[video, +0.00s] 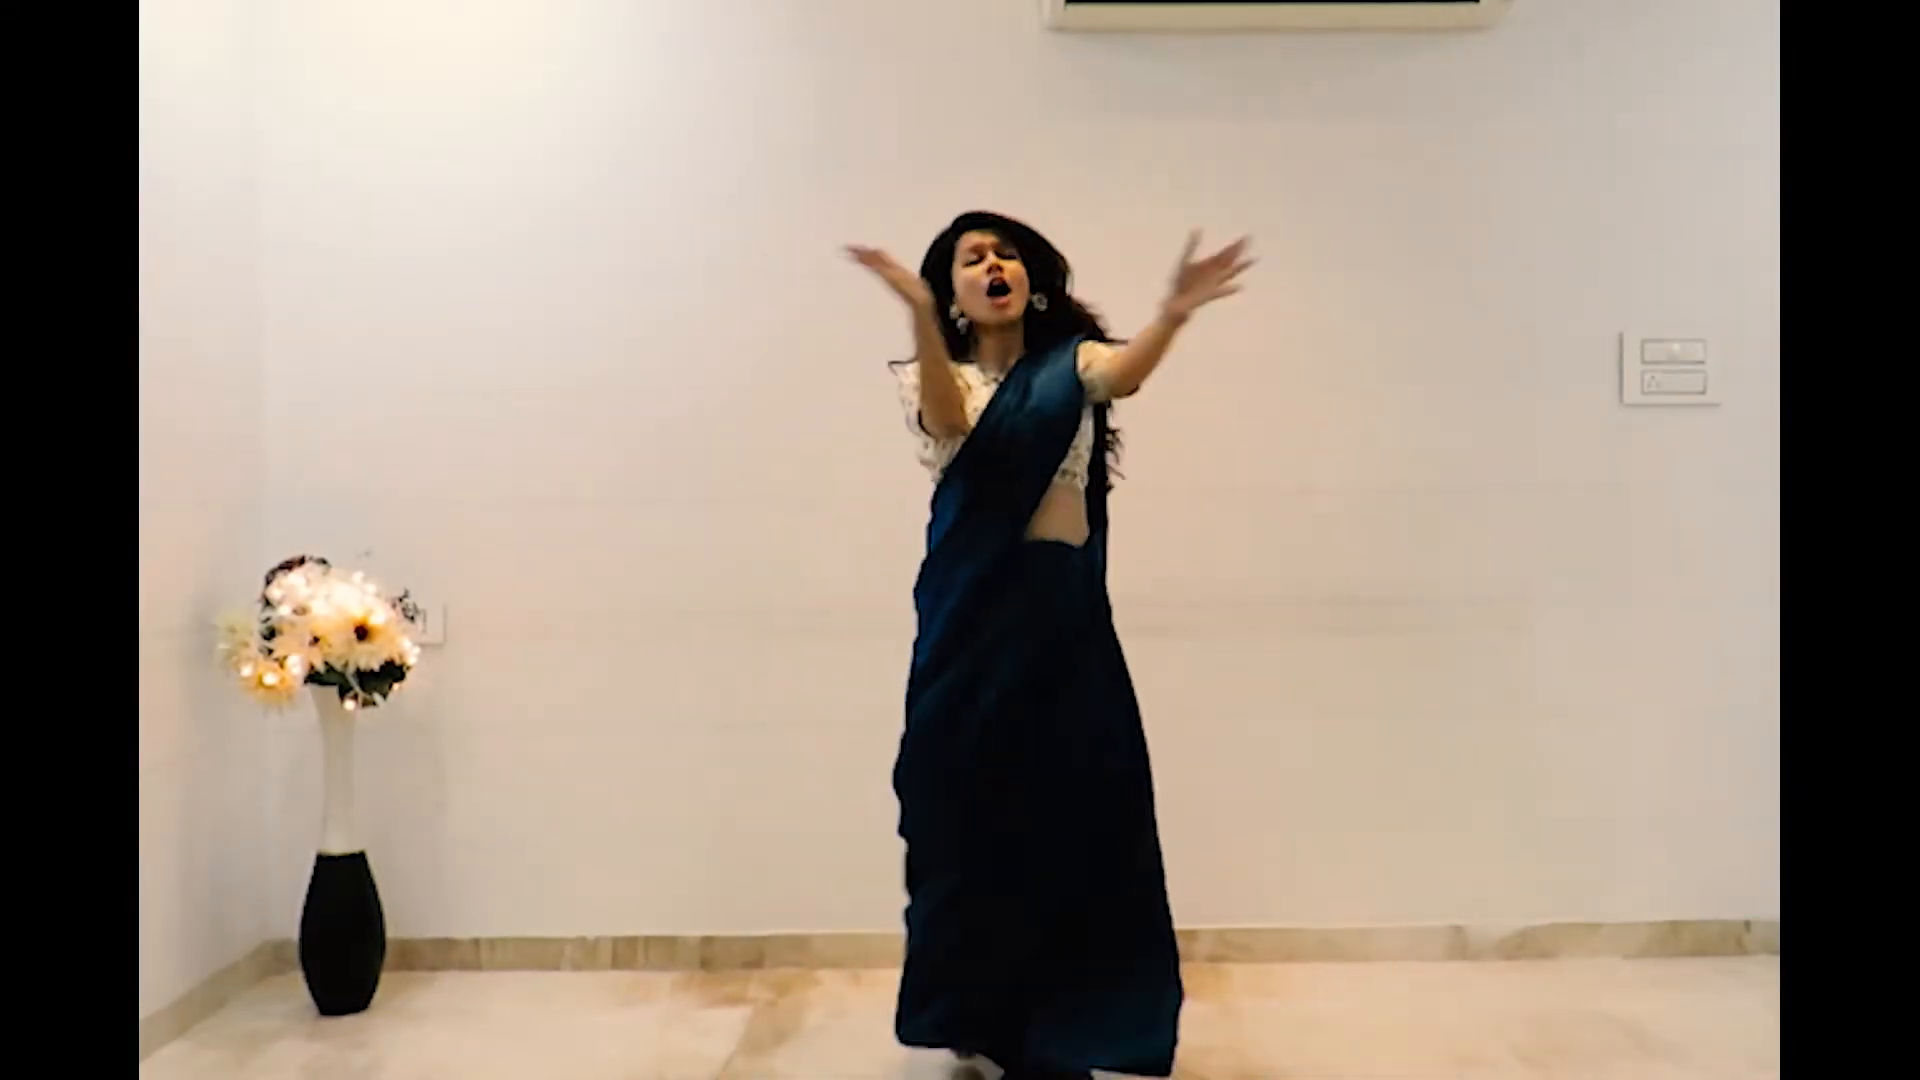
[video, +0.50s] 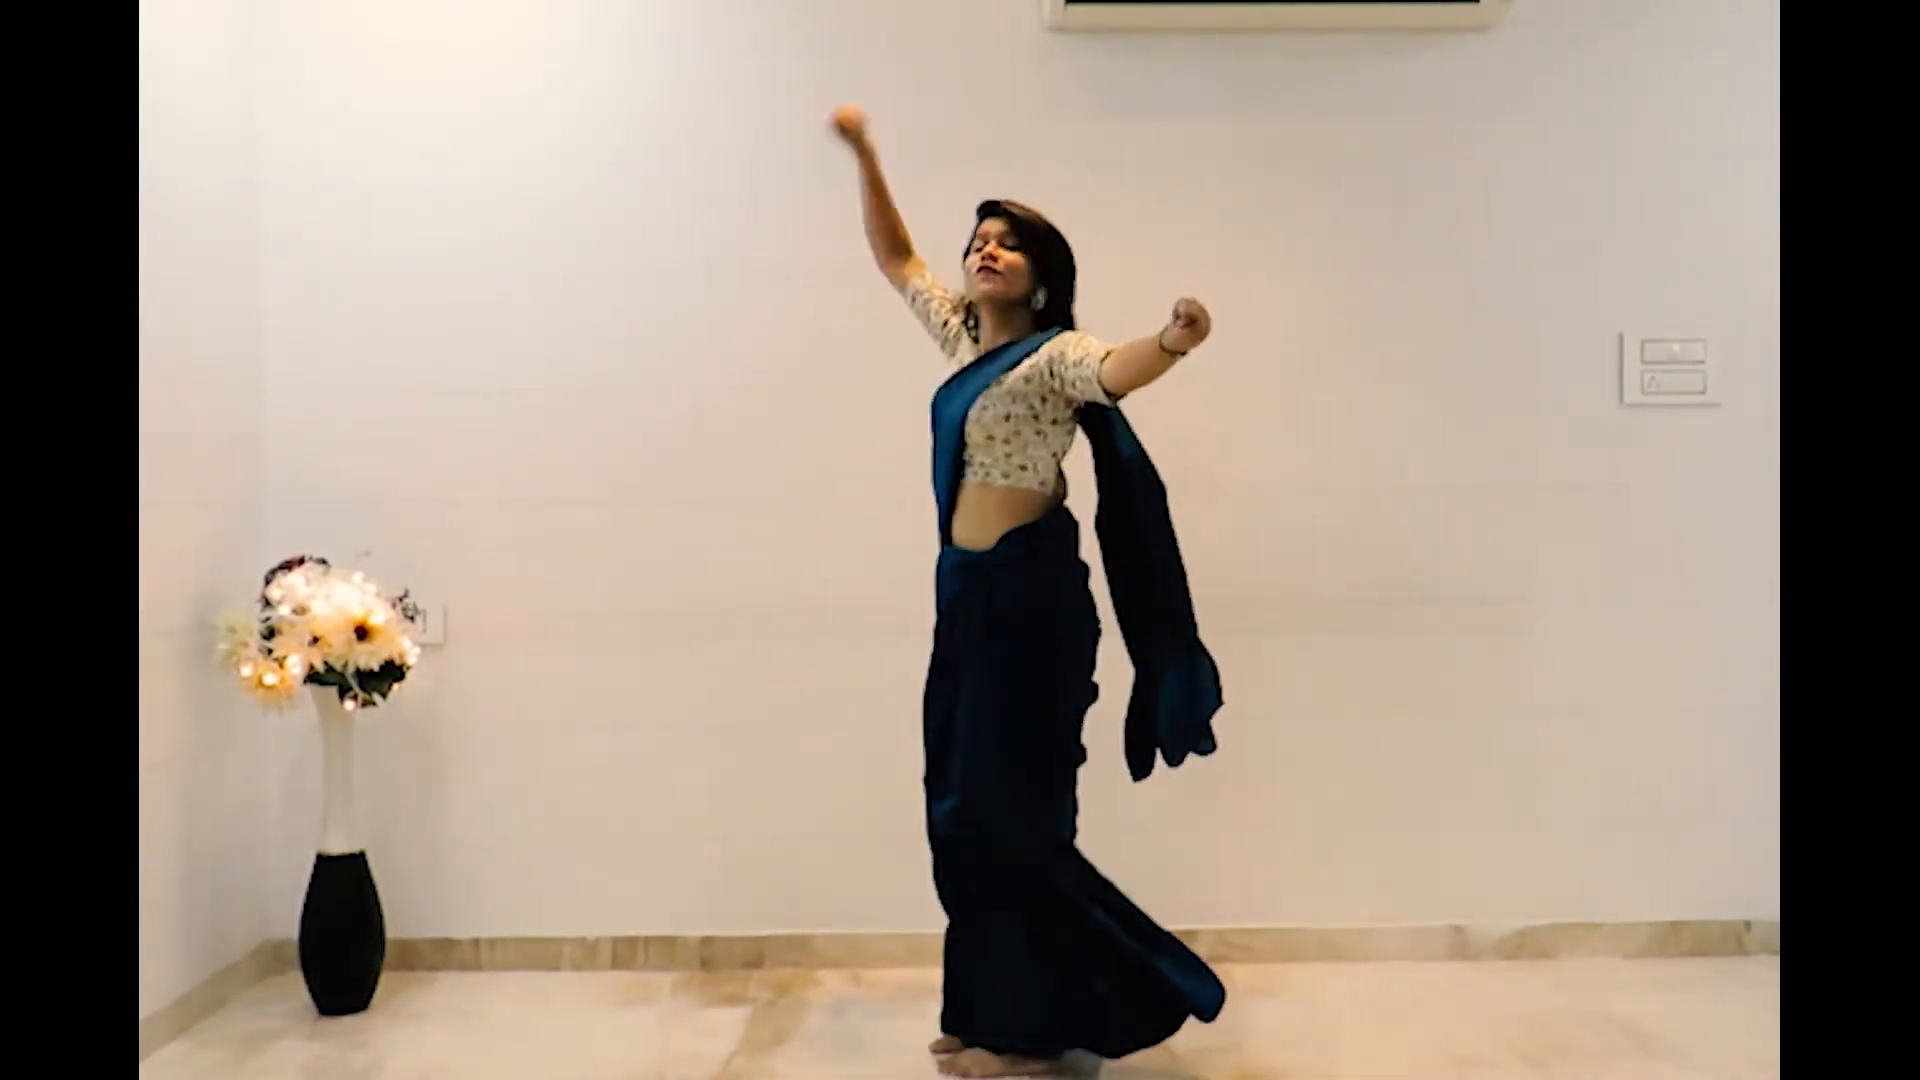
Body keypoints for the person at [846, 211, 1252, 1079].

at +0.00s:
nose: (992, 266)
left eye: (1006, 253)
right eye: (972, 258)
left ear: (1036, 282)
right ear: (949, 293)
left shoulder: (1072, 360)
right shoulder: (937, 379)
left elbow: (1125, 369)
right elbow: (945, 413)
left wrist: (1174, 310)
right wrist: (922, 309)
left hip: (1066, 620)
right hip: (965, 623)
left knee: (1078, 822)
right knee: (960, 822)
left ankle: (1074, 1043)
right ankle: (956, 1040)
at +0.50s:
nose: (985, 253)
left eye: (1005, 247)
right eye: (980, 245)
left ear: (1043, 275)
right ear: (967, 273)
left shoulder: (1055, 353)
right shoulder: (964, 343)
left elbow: (1113, 370)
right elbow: (898, 261)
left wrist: (1169, 342)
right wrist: (864, 155)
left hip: (1028, 596)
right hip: (965, 597)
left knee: (999, 811)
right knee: (960, 810)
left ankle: (1046, 1024)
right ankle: (995, 1022)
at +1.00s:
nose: (1001, 269)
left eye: (1020, 258)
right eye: (997, 258)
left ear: (1054, 287)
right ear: (990, 284)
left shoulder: (1058, 367)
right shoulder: (989, 364)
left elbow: (1071, 348)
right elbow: (890, 336)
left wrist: (1060, 304)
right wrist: (909, 279)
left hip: (1026, 596)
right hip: (977, 596)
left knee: (960, 803)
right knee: (973, 805)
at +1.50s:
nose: (972, 256)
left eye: (988, 247)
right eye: (979, 243)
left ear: (1029, 270)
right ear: (1018, 269)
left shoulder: (1047, 333)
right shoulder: (1005, 356)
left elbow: (1008, 330)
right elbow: (963, 405)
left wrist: (902, 351)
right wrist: (925, 424)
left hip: (1023, 581)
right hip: (989, 582)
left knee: (987, 795)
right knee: (982, 796)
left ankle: (1009, 1026)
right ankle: (999, 1019)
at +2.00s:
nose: (992, 255)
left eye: (1010, 249)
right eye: (1000, 244)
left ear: (1038, 275)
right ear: (1030, 281)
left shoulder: (1033, 361)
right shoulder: (997, 356)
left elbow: (930, 374)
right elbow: (882, 388)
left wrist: (914, 255)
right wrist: (884, 294)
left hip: (1029, 613)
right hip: (1004, 608)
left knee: (982, 803)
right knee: (986, 803)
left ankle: (1005, 1018)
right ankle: (1001, 1011)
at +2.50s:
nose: (1041, 217)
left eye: (1056, 206)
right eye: (1020, 208)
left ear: (1081, 236)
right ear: (992, 239)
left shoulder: (1120, 347)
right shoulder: (956, 324)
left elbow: (1207, 438)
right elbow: (828, 387)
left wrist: (1188, 461)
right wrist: (924, 464)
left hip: (1067, 598)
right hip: (965, 594)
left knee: (1061, 790)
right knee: (972, 802)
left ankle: (1097, 1017)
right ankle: (1003, 1025)